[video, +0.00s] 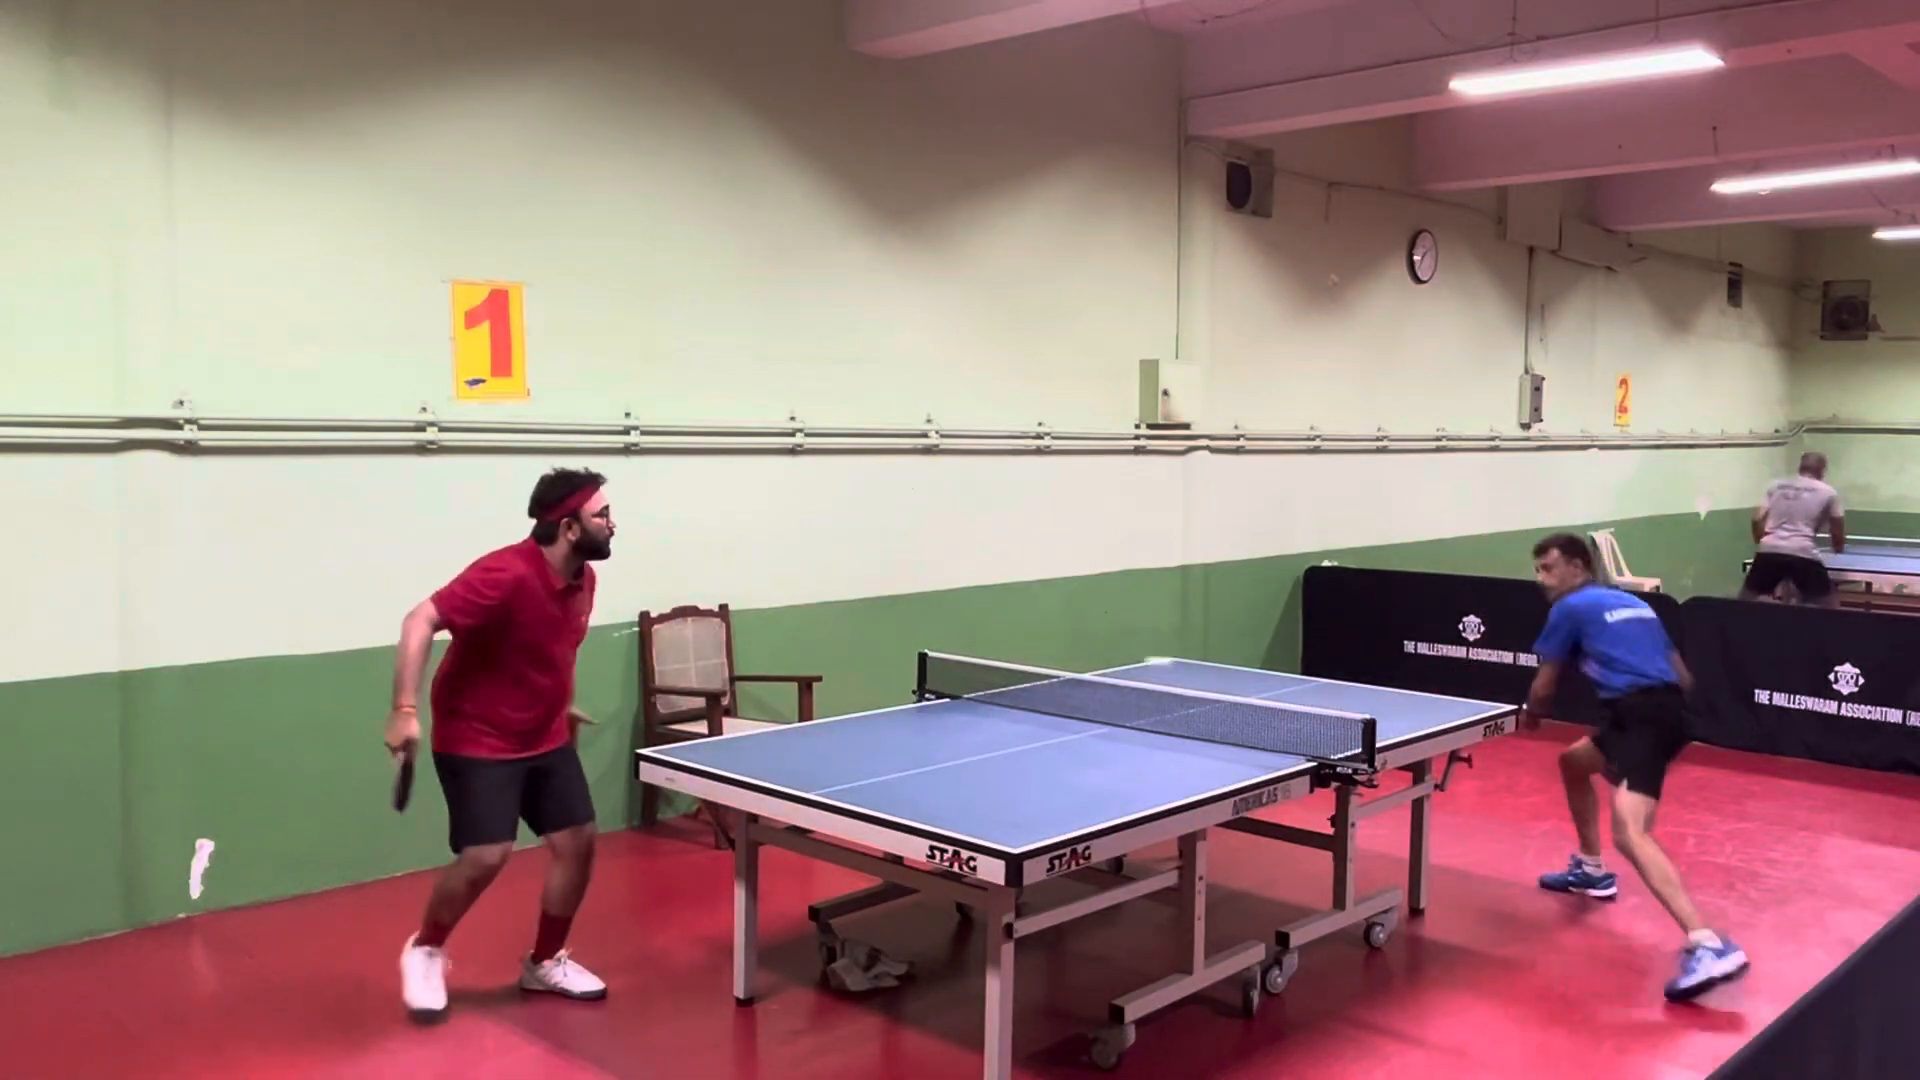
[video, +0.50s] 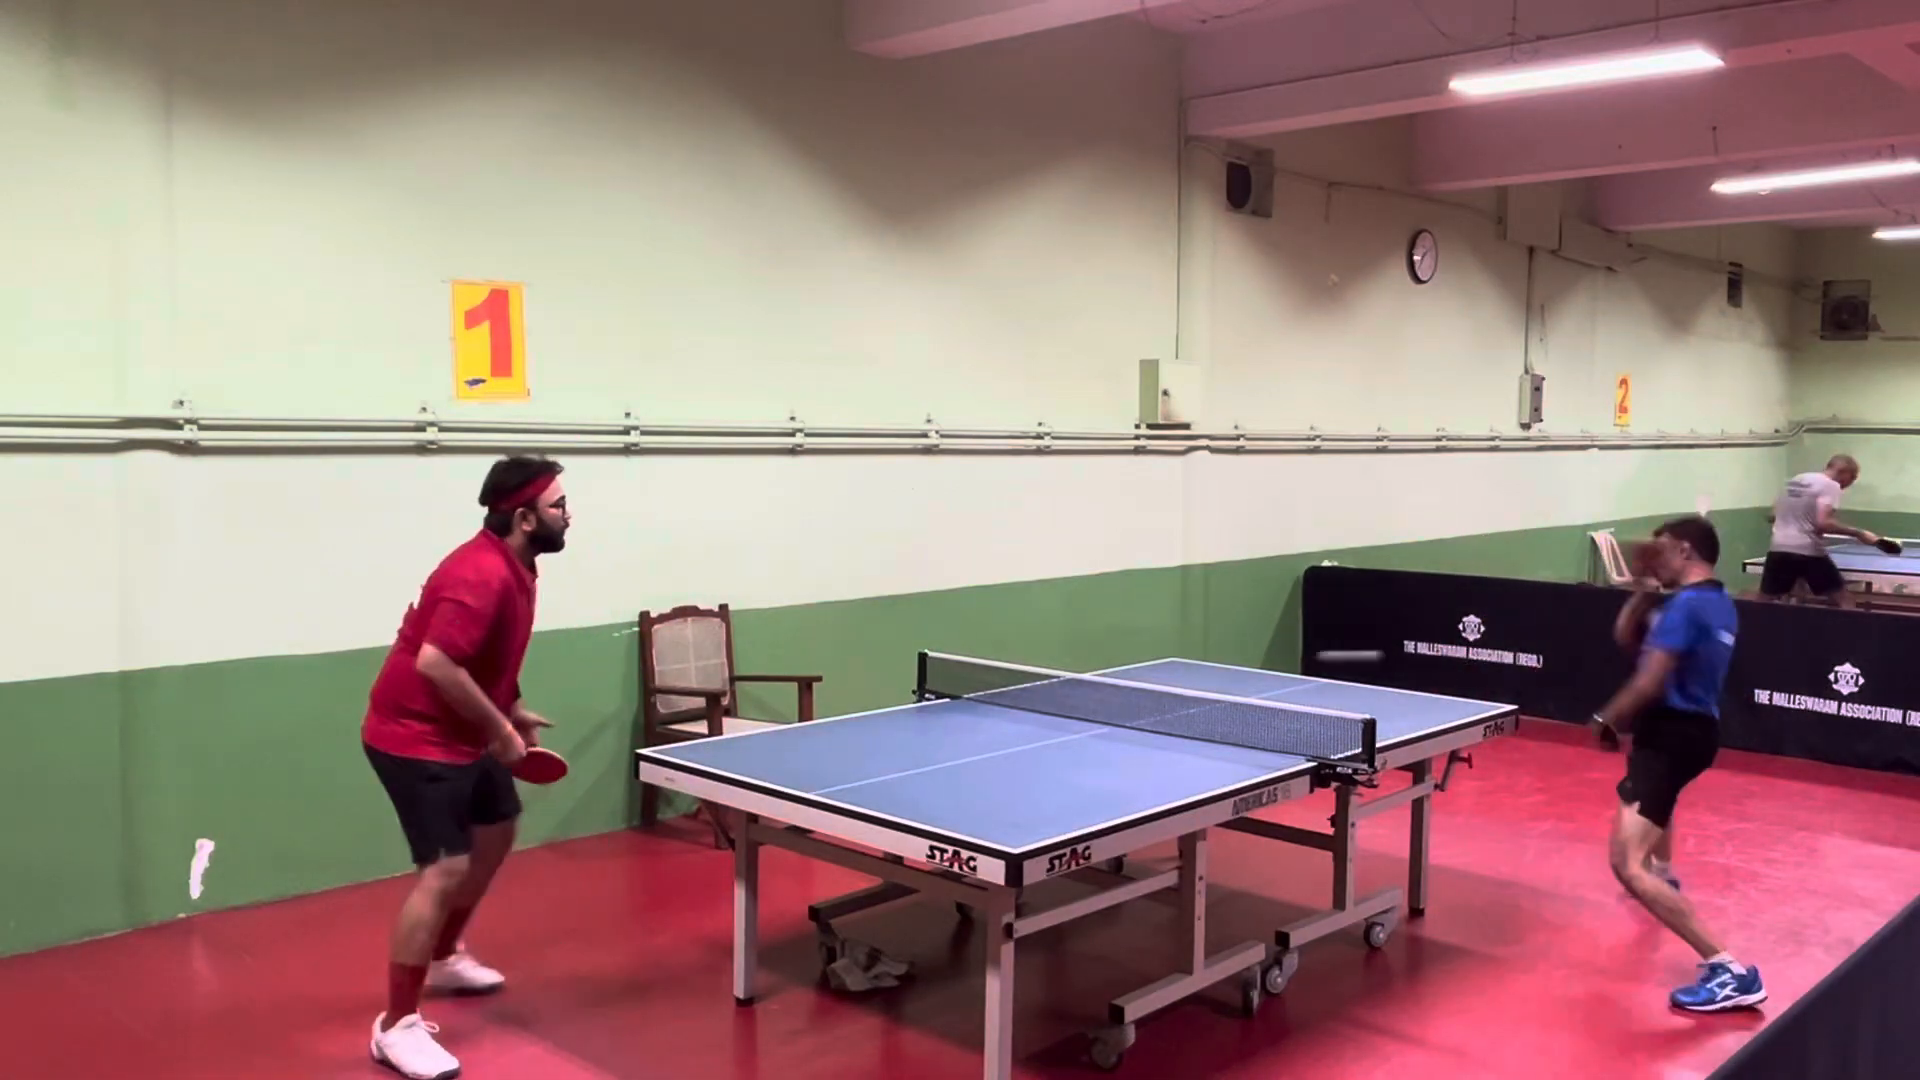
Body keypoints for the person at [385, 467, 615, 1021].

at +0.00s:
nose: (612, 523)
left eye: (608, 513)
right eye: (601, 515)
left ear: (574, 527)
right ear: (568, 527)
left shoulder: (583, 579)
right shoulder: (506, 573)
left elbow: (556, 651)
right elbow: (420, 619)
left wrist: (562, 706)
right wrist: (404, 709)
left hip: (544, 736)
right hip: (478, 739)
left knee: (577, 841)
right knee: (487, 854)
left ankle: (545, 963)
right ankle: (424, 951)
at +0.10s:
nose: (606, 522)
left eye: (603, 512)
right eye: (596, 514)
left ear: (568, 525)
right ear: (562, 525)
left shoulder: (572, 576)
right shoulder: (502, 574)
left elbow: (542, 653)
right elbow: (429, 636)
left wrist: (541, 720)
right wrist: (439, 727)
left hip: (541, 740)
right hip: (483, 747)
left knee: (568, 840)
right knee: (475, 858)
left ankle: (545, 962)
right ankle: (405, 991)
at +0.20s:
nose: (596, 522)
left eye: (593, 511)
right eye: (586, 513)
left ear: (555, 523)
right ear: (549, 525)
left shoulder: (558, 574)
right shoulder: (495, 577)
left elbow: (525, 652)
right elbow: (436, 652)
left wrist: (532, 719)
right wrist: (477, 738)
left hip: (520, 737)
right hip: (455, 744)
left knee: (556, 840)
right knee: (454, 861)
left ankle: (544, 963)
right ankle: (401, 1018)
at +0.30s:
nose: (586, 518)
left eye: (583, 506)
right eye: (575, 508)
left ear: (540, 517)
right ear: (539, 518)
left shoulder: (534, 573)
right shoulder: (494, 574)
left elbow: (492, 660)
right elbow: (445, 657)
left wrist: (521, 715)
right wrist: (503, 739)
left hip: (486, 739)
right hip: (433, 741)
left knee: (524, 837)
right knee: (442, 867)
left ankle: (541, 961)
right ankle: (399, 1025)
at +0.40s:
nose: (577, 512)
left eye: (574, 501)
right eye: (566, 503)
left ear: (530, 513)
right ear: (529, 514)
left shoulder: (522, 566)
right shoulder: (491, 571)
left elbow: (493, 652)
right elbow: (447, 657)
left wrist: (523, 705)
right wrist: (508, 729)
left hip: (473, 736)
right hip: (423, 739)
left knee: (507, 831)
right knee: (434, 870)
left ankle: (511, 957)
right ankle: (397, 1025)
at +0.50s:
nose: (568, 513)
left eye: (565, 502)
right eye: (557, 505)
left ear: (521, 513)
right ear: (519, 515)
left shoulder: (517, 569)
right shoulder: (480, 574)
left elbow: (492, 654)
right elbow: (436, 661)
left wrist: (515, 713)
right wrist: (498, 731)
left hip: (464, 734)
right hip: (413, 737)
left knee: (494, 834)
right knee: (448, 865)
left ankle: (441, 956)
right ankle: (396, 1023)